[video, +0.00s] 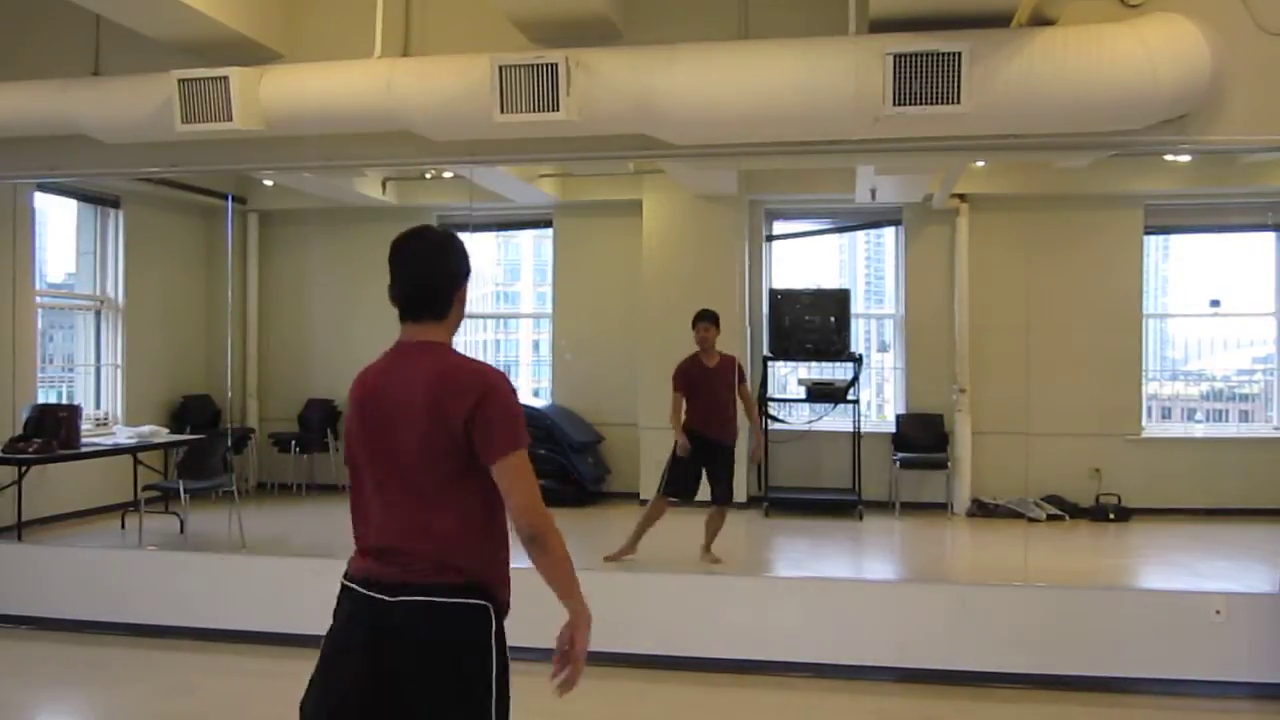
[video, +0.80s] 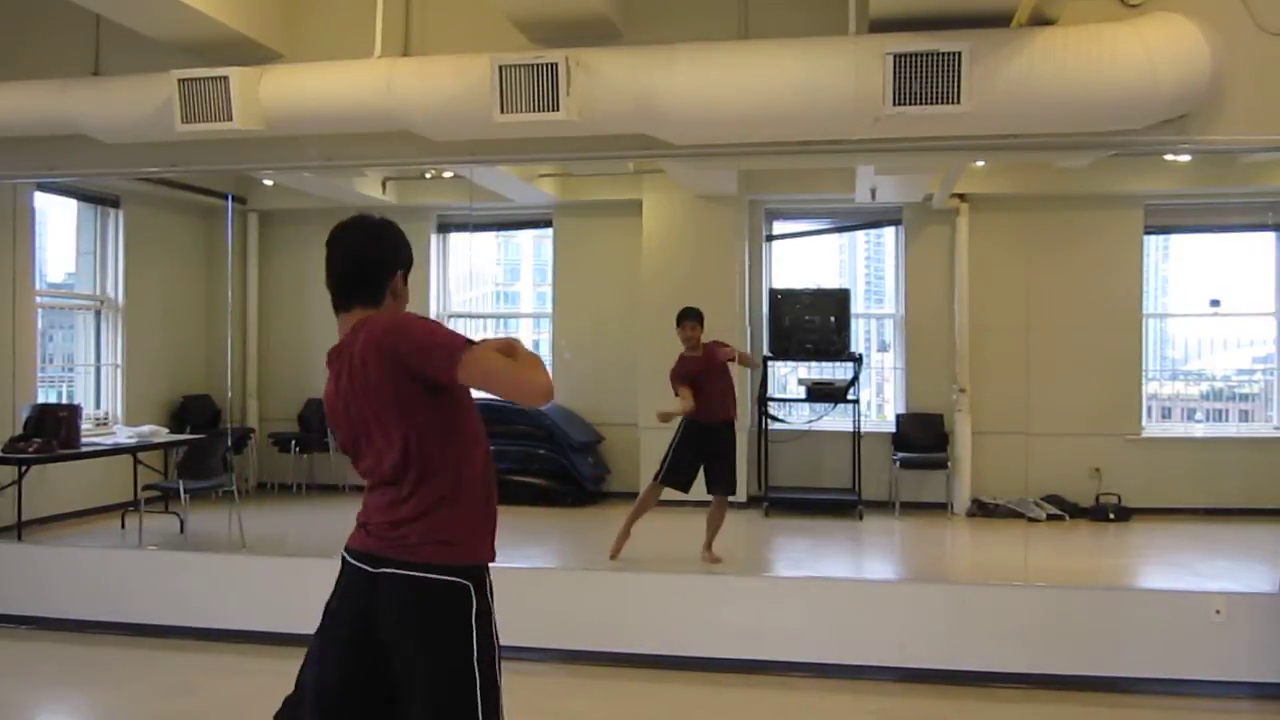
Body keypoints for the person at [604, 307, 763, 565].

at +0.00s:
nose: (701, 336)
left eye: (706, 330)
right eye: (697, 331)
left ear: (717, 332)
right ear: (693, 334)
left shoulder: (732, 365)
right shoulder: (685, 368)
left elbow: (747, 399)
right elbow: (676, 411)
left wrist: (757, 435)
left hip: (723, 443)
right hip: (692, 438)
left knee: (722, 502)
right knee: (665, 496)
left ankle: (706, 548)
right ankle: (631, 544)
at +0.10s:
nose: (710, 331)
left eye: (715, 327)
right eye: (706, 327)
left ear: (724, 331)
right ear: (700, 330)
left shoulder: (732, 365)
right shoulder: (685, 363)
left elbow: (752, 396)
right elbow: (665, 403)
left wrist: (771, 416)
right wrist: (673, 440)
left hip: (725, 440)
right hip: (695, 438)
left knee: (722, 499)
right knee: (672, 495)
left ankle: (709, 548)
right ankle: (642, 541)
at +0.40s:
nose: (709, 331)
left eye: (713, 326)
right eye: (703, 327)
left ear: (721, 328)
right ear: (697, 331)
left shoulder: (735, 359)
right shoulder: (689, 363)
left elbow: (757, 386)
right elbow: (666, 400)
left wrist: (764, 415)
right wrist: (676, 428)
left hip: (723, 438)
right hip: (692, 435)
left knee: (721, 498)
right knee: (659, 485)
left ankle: (708, 548)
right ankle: (626, 530)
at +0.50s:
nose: (706, 333)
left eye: (710, 327)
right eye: (700, 329)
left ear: (719, 329)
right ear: (695, 333)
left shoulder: (735, 359)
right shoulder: (689, 368)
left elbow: (740, 399)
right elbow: (690, 414)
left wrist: (717, 414)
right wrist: (721, 432)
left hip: (725, 433)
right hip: (694, 430)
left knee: (721, 497)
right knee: (660, 483)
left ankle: (708, 548)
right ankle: (625, 530)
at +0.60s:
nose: (698, 333)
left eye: (702, 327)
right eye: (693, 330)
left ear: (712, 328)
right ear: (688, 334)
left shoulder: (729, 351)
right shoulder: (690, 369)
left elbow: (729, 388)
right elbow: (711, 411)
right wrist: (749, 419)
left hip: (723, 432)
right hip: (694, 429)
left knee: (721, 497)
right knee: (660, 481)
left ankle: (708, 548)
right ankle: (625, 530)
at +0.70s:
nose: (692, 333)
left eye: (697, 328)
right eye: (687, 329)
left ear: (706, 329)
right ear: (682, 333)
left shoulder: (722, 347)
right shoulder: (686, 369)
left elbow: (739, 375)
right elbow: (706, 401)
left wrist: (708, 364)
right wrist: (733, 413)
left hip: (723, 429)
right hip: (695, 427)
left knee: (722, 497)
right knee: (660, 482)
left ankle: (708, 547)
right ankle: (625, 531)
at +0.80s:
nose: (688, 334)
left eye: (693, 328)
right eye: (683, 329)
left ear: (702, 329)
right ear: (677, 332)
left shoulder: (717, 349)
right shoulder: (680, 371)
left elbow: (747, 360)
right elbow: (687, 404)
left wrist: (747, 359)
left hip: (723, 428)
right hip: (693, 427)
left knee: (722, 496)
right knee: (660, 482)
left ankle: (707, 547)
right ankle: (625, 531)